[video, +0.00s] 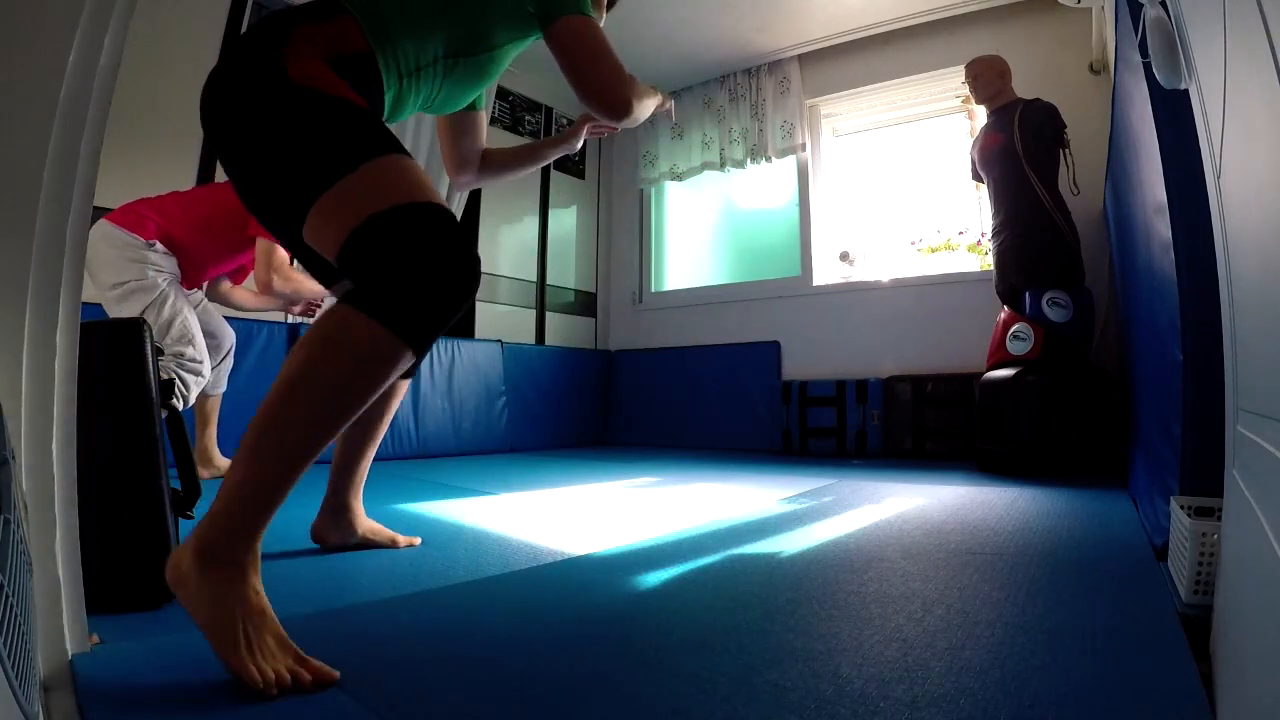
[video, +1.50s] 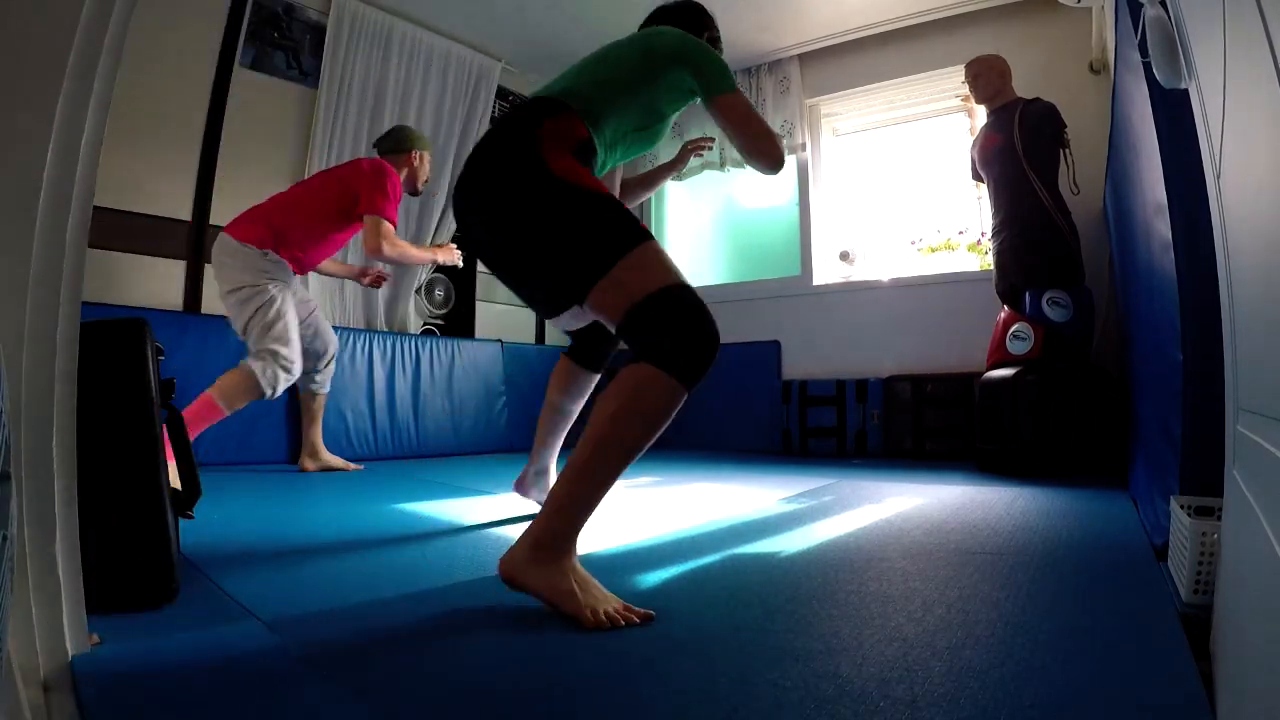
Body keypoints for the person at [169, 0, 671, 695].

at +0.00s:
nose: (599, 14)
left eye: (603, 9)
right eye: (603, 3)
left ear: (582, 10)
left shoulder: (471, 47)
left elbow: (465, 164)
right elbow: (616, 98)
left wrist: (571, 139)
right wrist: (653, 100)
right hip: (291, 78)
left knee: (413, 284)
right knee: (424, 261)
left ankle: (342, 512)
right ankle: (215, 554)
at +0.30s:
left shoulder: (407, 23)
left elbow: (412, 139)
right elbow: (575, 62)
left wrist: (521, 114)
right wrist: (617, 69)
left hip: (252, 67)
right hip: (222, 43)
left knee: (357, 271)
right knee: (350, 279)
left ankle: (294, 485)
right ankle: (113, 636)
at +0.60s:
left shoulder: (410, 27)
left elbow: (415, 148)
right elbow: (556, 87)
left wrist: (528, 113)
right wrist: (602, 92)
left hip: (233, 90)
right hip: (198, 51)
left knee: (331, 283)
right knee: (341, 278)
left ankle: (246, 522)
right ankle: (77, 629)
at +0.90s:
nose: (571, 23)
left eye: (574, 19)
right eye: (572, 12)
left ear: (529, 15)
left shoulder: (485, 64)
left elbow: (499, 170)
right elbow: (641, 73)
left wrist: (594, 141)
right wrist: (667, 102)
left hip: (342, 127)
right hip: (303, 84)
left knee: (434, 303)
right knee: (391, 306)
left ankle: (413, 509)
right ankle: (126, 609)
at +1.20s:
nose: (680, 17)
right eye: (675, 14)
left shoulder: (555, 48)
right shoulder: (641, 2)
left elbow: (558, 179)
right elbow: (715, 122)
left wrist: (654, 129)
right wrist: (724, 130)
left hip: (405, 143)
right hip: (423, 136)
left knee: (545, 333)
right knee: (567, 343)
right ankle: (377, 602)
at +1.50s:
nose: (720, 60)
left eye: (718, 52)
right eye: (716, 50)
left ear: (655, 31)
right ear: (703, 35)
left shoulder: (614, 76)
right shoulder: (692, 50)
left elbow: (608, 192)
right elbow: (770, 158)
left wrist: (675, 166)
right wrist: (745, 143)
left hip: (485, 195)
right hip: (539, 178)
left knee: (600, 333)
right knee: (682, 333)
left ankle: (537, 473)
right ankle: (545, 550)